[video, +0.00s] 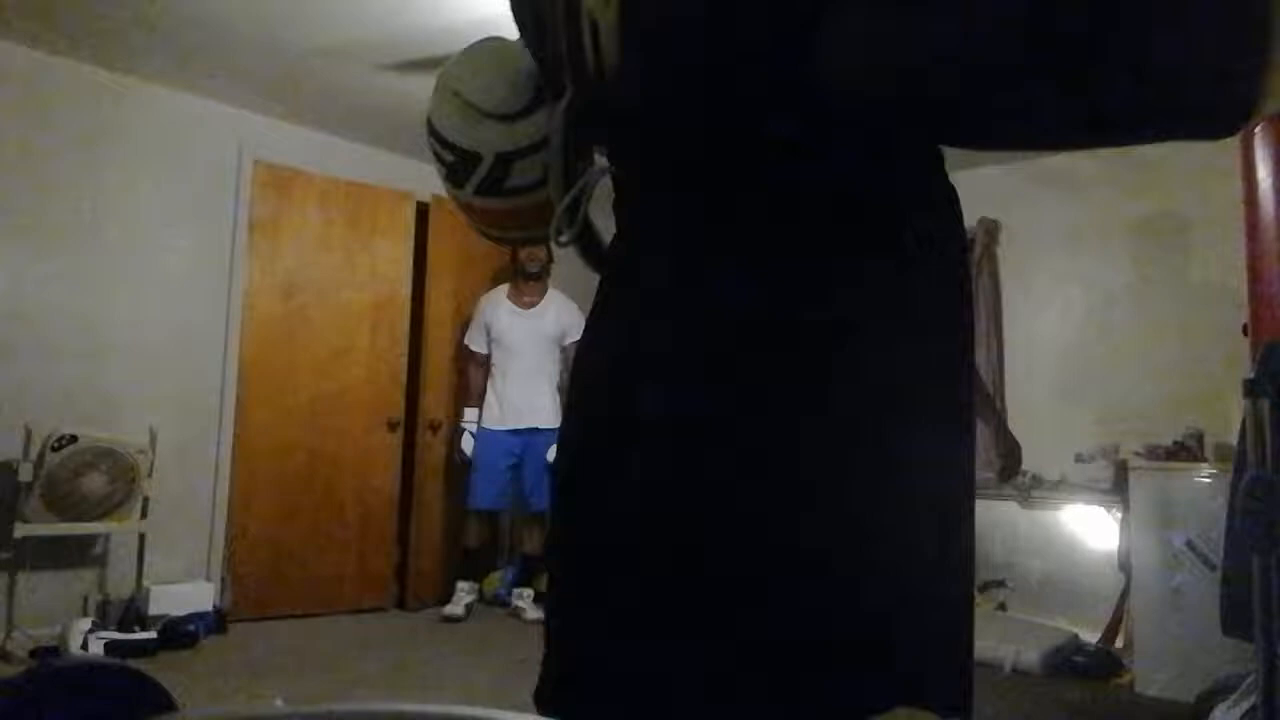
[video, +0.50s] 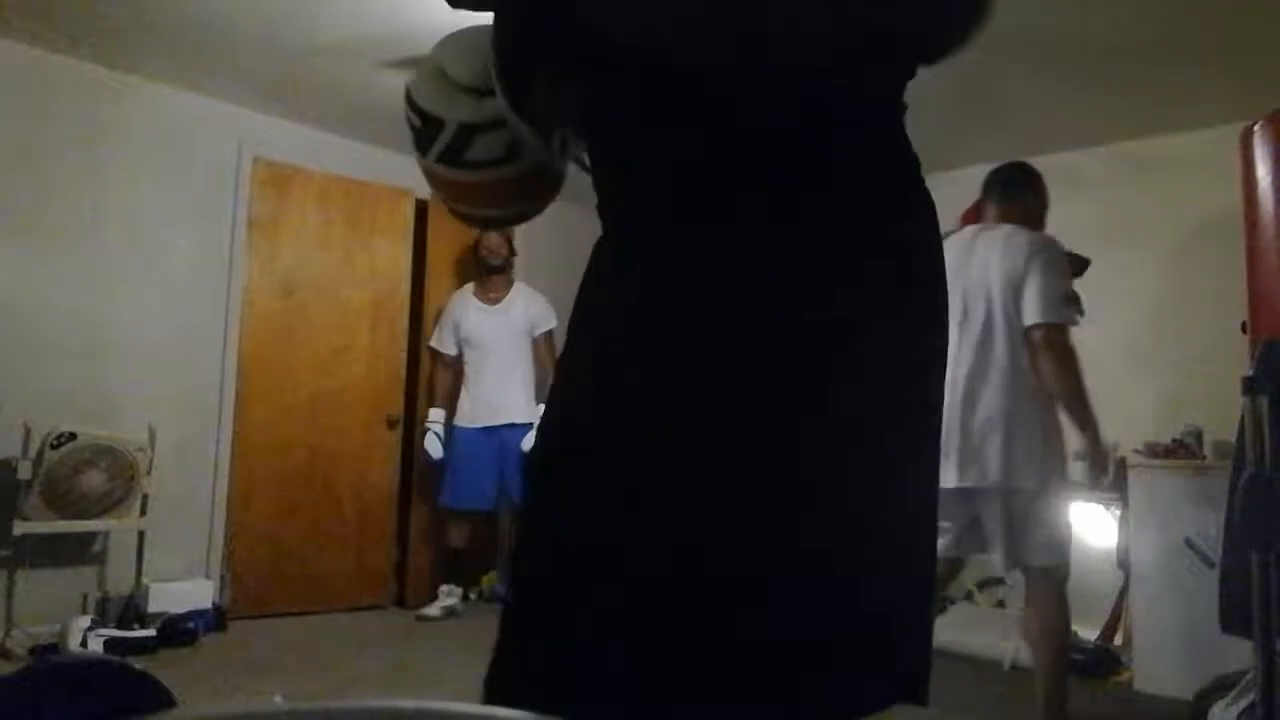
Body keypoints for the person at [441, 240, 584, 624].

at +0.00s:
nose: (533, 256)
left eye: (539, 250)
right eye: (526, 249)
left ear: (549, 259)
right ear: (515, 257)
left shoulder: (566, 311)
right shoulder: (491, 304)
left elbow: (576, 374)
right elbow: (477, 364)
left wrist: (569, 432)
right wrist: (470, 420)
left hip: (544, 428)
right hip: (496, 425)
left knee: (537, 513)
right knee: (480, 509)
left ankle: (525, 590)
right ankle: (467, 586)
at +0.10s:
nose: (530, 259)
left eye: (536, 254)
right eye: (524, 253)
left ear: (546, 261)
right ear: (511, 259)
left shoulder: (563, 310)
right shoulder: (488, 304)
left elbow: (574, 374)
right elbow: (475, 366)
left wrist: (565, 431)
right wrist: (467, 422)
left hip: (542, 428)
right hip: (494, 426)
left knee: (535, 514)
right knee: (474, 510)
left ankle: (525, 590)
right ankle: (460, 587)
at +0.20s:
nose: (522, 262)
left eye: (529, 256)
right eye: (516, 255)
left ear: (539, 262)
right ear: (504, 260)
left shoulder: (558, 308)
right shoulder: (482, 304)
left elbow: (572, 370)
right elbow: (470, 365)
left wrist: (562, 426)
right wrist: (461, 421)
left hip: (538, 426)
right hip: (489, 424)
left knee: (532, 512)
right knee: (466, 508)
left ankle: (524, 589)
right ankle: (455, 588)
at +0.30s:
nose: (514, 252)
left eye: (521, 247)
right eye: (507, 246)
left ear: (531, 257)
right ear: (495, 255)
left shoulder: (549, 306)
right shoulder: (475, 303)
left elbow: (564, 369)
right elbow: (462, 366)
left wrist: (557, 424)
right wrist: (453, 422)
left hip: (533, 425)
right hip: (482, 424)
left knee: (526, 512)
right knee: (462, 509)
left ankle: (521, 590)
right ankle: (453, 589)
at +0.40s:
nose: (504, 250)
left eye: (510, 244)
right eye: (497, 244)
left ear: (520, 253)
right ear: (486, 252)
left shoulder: (542, 305)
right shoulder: (466, 303)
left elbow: (553, 371)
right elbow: (454, 365)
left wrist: (549, 424)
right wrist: (444, 421)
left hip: (526, 423)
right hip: (476, 423)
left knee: (520, 513)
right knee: (461, 510)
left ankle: (516, 588)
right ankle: (452, 589)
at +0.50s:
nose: (491, 256)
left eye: (498, 250)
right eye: (486, 250)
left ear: (511, 257)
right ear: (477, 255)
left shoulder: (532, 304)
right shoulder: (459, 303)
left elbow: (548, 369)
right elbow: (445, 365)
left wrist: (545, 420)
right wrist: (436, 420)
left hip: (520, 424)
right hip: (471, 424)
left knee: (516, 511)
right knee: (458, 509)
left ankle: (511, 587)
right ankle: (450, 590)